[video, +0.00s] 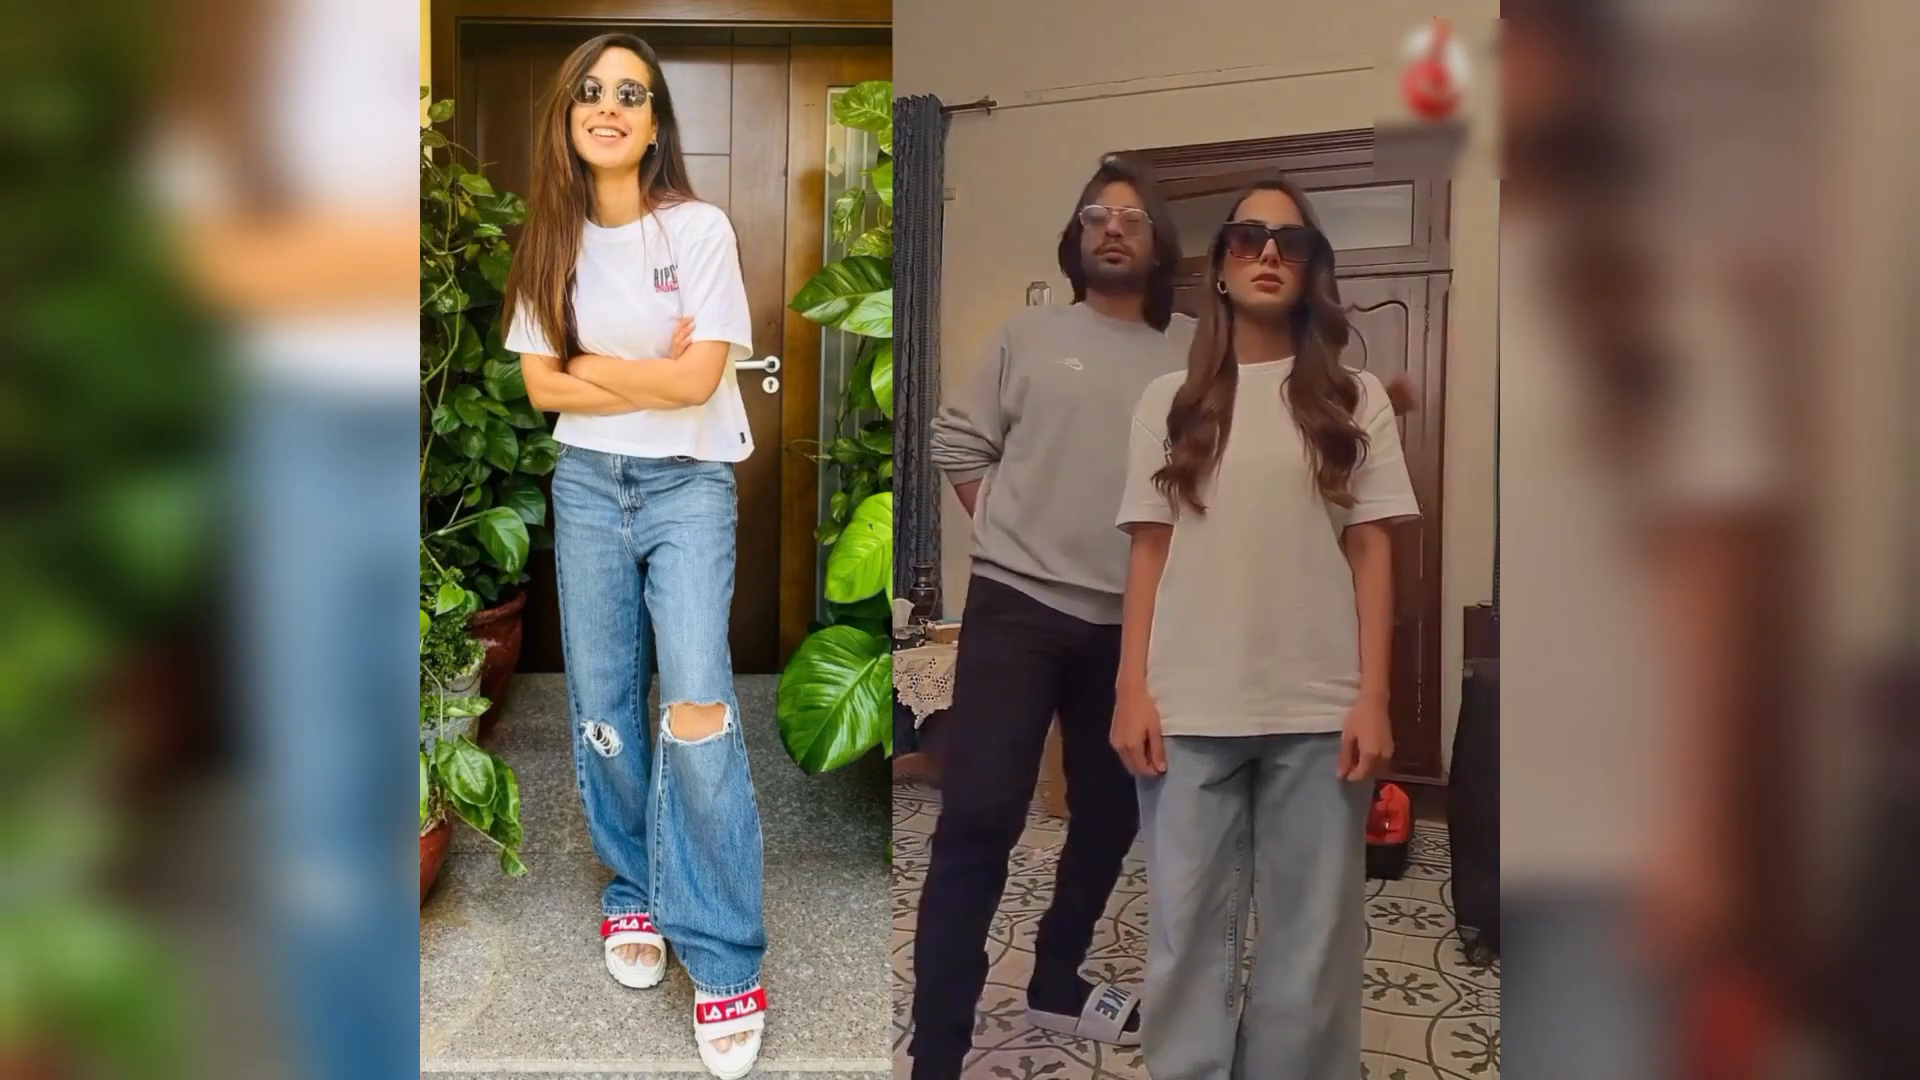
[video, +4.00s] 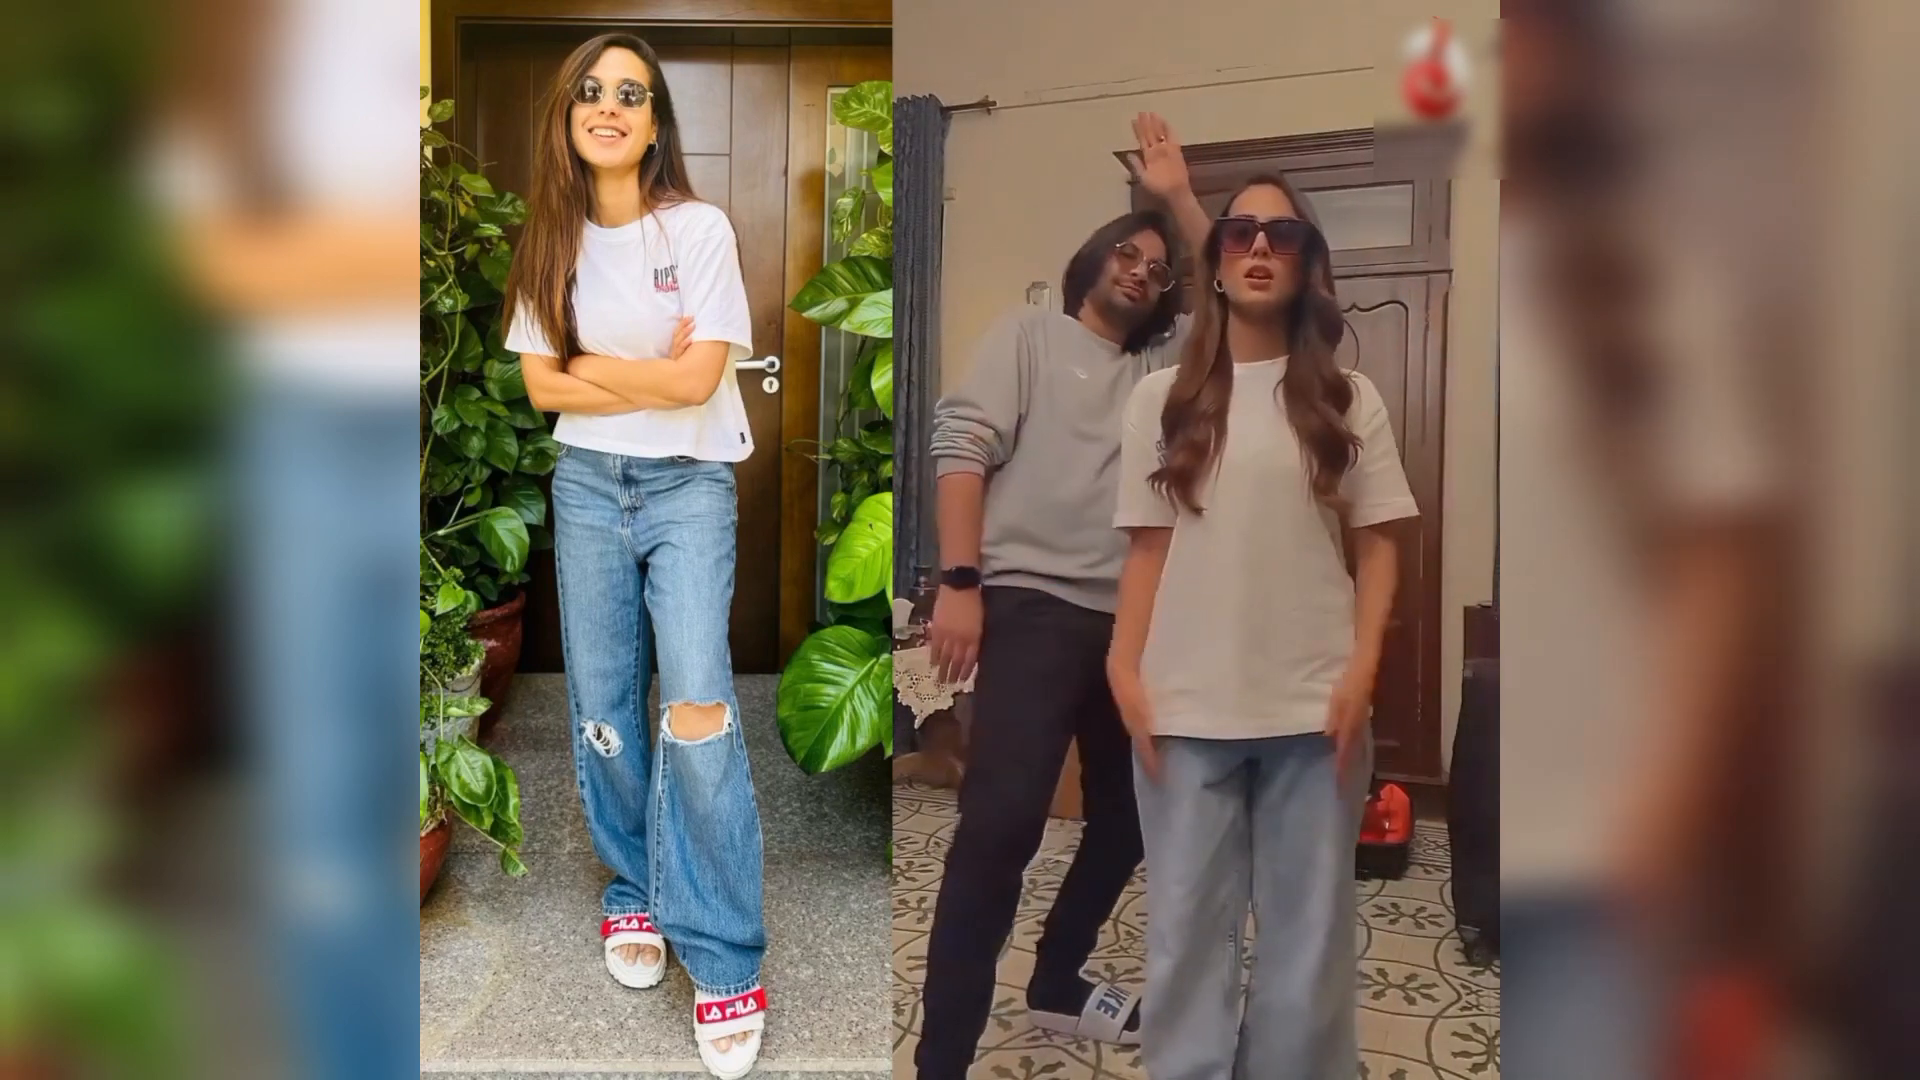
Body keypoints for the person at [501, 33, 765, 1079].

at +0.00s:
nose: (610, 111)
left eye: (629, 98)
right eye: (593, 95)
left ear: (656, 121)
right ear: (566, 117)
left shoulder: (699, 225)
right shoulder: (549, 240)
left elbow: (698, 378)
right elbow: (541, 385)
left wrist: (577, 362)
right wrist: (661, 379)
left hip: (689, 482)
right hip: (584, 484)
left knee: (694, 709)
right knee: (603, 708)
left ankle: (724, 957)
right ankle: (631, 891)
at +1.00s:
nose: (610, 111)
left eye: (629, 97)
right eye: (593, 95)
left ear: (656, 122)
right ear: (566, 117)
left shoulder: (699, 226)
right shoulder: (549, 239)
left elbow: (698, 378)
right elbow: (540, 385)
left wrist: (576, 362)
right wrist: (662, 378)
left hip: (689, 481)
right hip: (584, 483)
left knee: (695, 709)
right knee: (602, 708)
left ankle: (724, 955)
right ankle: (631, 890)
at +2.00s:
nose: (610, 111)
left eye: (629, 98)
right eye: (593, 95)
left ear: (656, 122)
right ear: (566, 117)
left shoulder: (699, 226)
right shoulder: (550, 239)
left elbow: (698, 378)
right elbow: (540, 385)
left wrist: (576, 362)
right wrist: (662, 378)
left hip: (689, 482)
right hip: (584, 484)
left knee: (695, 709)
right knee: (602, 708)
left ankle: (724, 955)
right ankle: (631, 890)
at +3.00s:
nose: (609, 111)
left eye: (629, 98)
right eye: (592, 95)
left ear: (656, 122)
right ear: (565, 117)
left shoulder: (699, 226)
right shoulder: (550, 239)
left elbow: (699, 378)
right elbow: (540, 385)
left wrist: (578, 363)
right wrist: (662, 377)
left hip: (689, 482)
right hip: (584, 484)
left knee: (694, 709)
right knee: (602, 706)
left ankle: (724, 956)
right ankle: (632, 891)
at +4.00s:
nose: (610, 111)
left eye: (630, 97)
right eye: (593, 95)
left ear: (656, 120)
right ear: (566, 117)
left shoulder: (699, 226)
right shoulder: (549, 240)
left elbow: (698, 378)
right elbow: (540, 385)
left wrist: (576, 362)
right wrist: (662, 378)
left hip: (689, 482)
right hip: (584, 484)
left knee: (695, 708)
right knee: (603, 709)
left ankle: (724, 954)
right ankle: (631, 890)